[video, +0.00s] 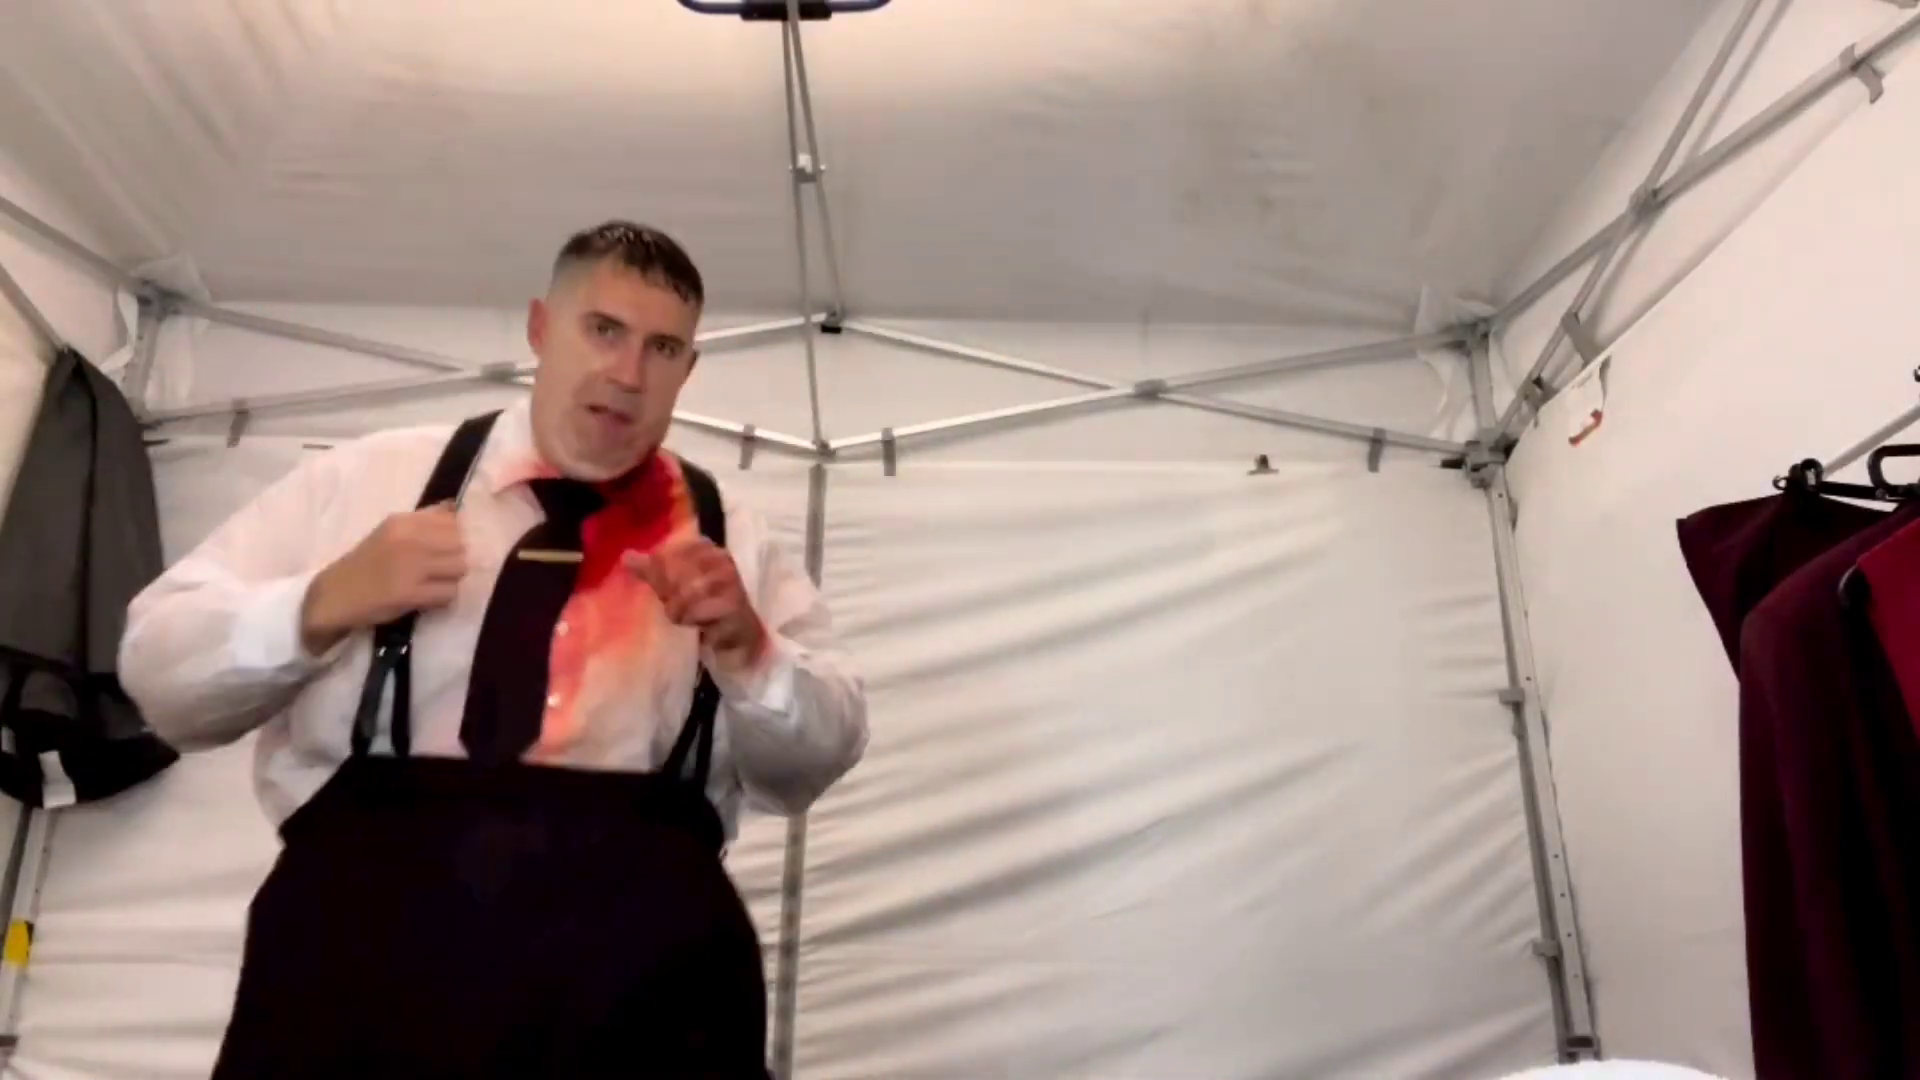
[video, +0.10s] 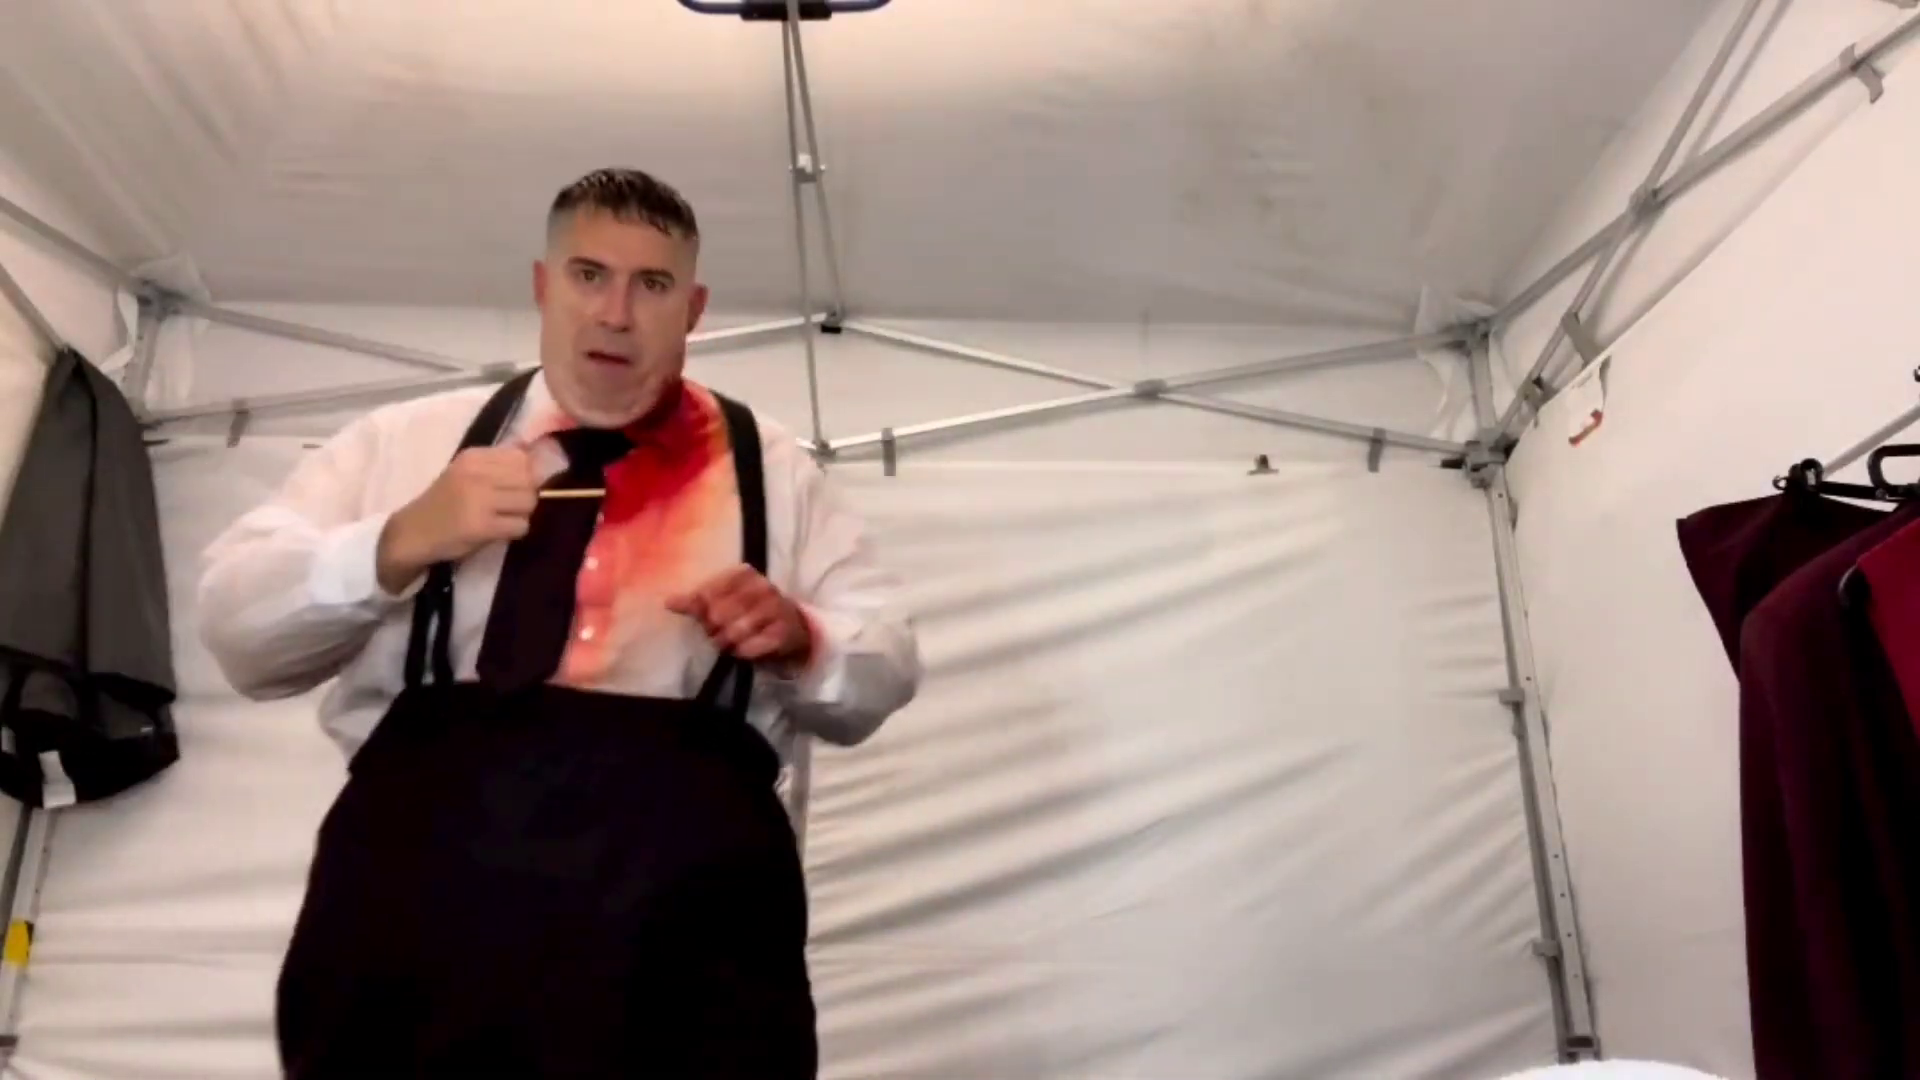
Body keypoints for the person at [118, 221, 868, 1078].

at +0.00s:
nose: (628, 374)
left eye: (663, 350)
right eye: (604, 332)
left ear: (687, 372)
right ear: (540, 331)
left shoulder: (730, 534)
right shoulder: (373, 478)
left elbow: (815, 760)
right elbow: (157, 673)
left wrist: (746, 653)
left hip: (634, 896)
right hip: (382, 882)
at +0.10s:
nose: (615, 312)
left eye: (651, 284)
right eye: (589, 277)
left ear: (695, 312)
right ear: (543, 290)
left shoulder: (770, 471)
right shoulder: (413, 440)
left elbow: (883, 670)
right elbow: (238, 629)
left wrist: (803, 645)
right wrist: (401, 542)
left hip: (677, 839)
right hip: (441, 825)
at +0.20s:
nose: (617, 342)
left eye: (650, 311)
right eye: (588, 310)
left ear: (703, 333)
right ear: (552, 329)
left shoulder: (811, 488)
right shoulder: (456, 484)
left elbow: (951, 653)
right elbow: (281, 654)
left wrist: (860, 665)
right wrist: (433, 568)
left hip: (721, 898)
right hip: (485, 888)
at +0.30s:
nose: (653, 383)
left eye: (687, 351)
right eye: (624, 348)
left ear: (732, 377)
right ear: (582, 366)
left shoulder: (827, 537)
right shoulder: (479, 539)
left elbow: (975, 728)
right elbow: (316, 744)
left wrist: (886, 710)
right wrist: (443, 657)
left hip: (752, 954)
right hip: (517, 953)